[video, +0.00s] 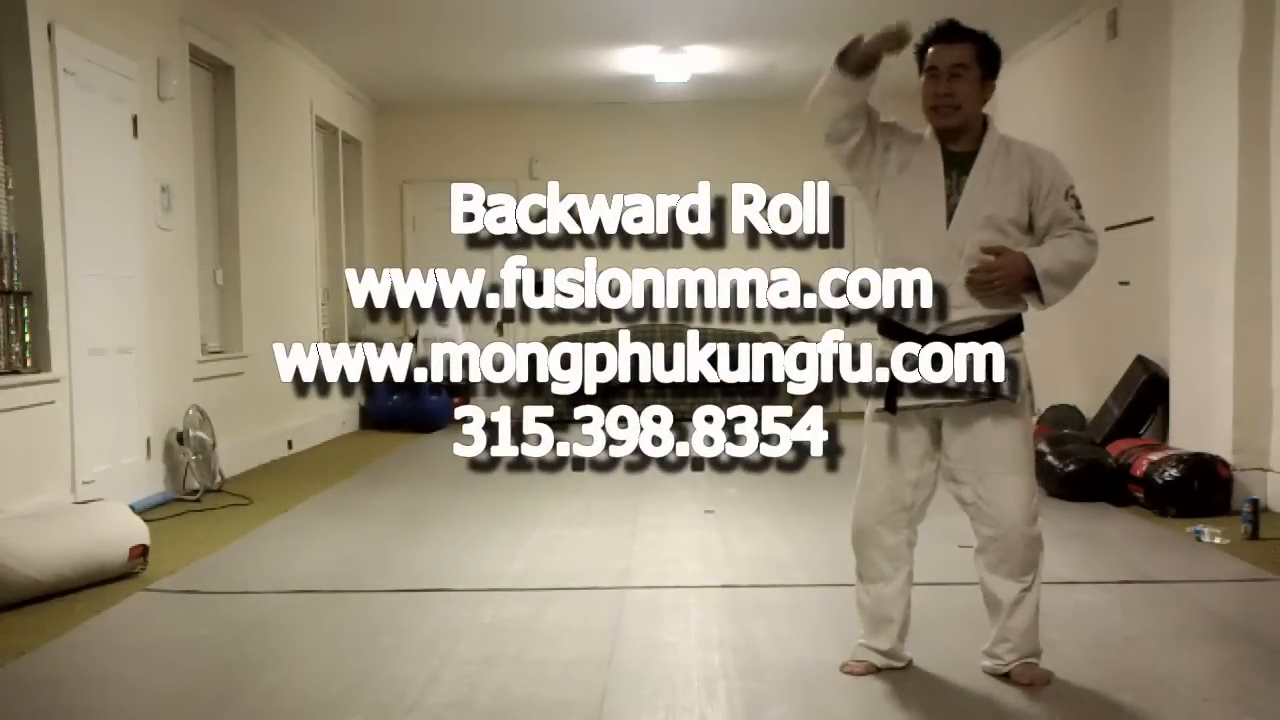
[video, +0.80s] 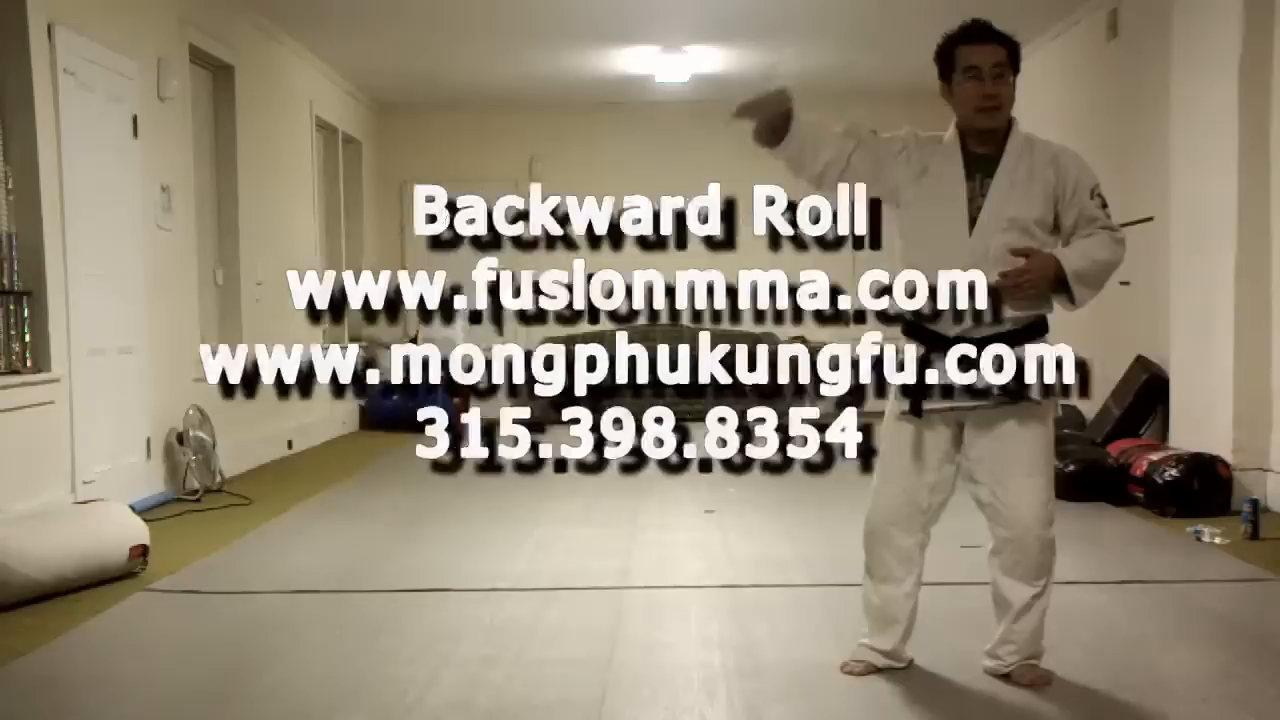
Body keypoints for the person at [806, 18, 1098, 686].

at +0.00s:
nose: (940, 85)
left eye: (957, 73)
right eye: (931, 73)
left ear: (988, 85)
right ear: (919, 86)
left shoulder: (1031, 167)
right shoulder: (887, 154)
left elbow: (1079, 243)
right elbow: (836, 121)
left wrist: (1032, 267)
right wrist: (858, 60)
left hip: (989, 362)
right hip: (896, 363)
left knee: (1011, 521)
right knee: (881, 516)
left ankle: (1014, 651)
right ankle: (879, 643)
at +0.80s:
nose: (989, 86)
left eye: (1001, 74)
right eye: (972, 75)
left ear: (1015, 83)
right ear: (946, 87)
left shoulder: (1057, 168)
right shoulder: (907, 158)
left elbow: (1106, 243)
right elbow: (835, 156)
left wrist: (1060, 267)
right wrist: (784, 126)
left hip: (1014, 372)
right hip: (919, 372)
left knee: (1028, 526)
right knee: (894, 518)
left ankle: (1016, 654)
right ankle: (881, 642)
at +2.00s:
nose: (968, 87)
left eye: (987, 74)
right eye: (962, 74)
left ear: (1021, 88)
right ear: (953, 83)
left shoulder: (1064, 171)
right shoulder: (918, 154)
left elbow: (1110, 251)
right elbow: (861, 120)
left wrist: (1063, 271)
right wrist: (841, 66)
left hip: (1018, 365)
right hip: (927, 362)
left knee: (1029, 526)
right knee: (893, 515)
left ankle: (1015, 654)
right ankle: (882, 641)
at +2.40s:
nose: (985, 88)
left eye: (1002, 73)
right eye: (973, 73)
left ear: (1029, 84)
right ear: (959, 83)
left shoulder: (1070, 171)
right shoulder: (933, 156)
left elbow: (1114, 250)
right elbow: (898, 99)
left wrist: (1070, 269)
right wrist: (945, 43)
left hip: (1024, 368)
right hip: (934, 364)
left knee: (1034, 526)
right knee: (897, 514)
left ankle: (1016, 653)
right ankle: (882, 641)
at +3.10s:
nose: (978, 84)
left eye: (988, 70)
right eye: (959, 74)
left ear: (1005, 81)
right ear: (936, 93)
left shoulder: (1055, 165)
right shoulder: (915, 162)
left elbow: (1103, 239)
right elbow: (861, 140)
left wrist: (1061, 265)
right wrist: (860, 86)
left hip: (1022, 365)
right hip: (931, 365)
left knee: (1035, 525)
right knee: (899, 516)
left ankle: (1016, 654)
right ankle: (884, 641)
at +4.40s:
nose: (985, 87)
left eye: (995, 73)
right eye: (967, 77)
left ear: (1010, 80)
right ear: (940, 93)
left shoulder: (1056, 162)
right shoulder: (913, 163)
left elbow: (1105, 239)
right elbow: (850, 204)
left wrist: (1062, 268)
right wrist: (823, 174)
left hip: (1026, 372)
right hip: (936, 373)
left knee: (1038, 529)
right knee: (902, 518)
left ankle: (1017, 653)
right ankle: (886, 642)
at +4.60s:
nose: (992, 91)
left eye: (1004, 77)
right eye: (975, 80)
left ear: (1021, 83)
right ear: (951, 90)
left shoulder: (1071, 162)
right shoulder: (915, 167)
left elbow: (1121, 238)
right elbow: (870, 240)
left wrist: (1072, 268)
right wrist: (850, 254)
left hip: (1035, 374)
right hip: (940, 373)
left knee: (1044, 533)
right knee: (896, 518)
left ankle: (1018, 654)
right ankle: (883, 642)